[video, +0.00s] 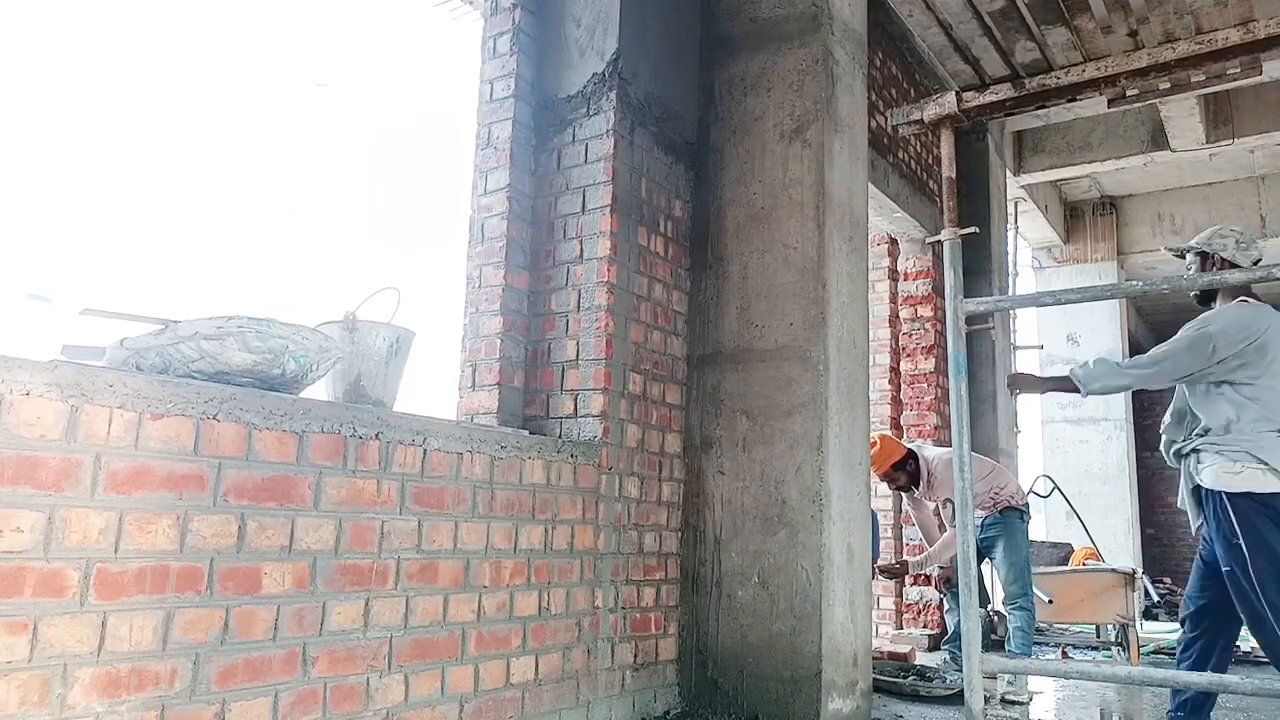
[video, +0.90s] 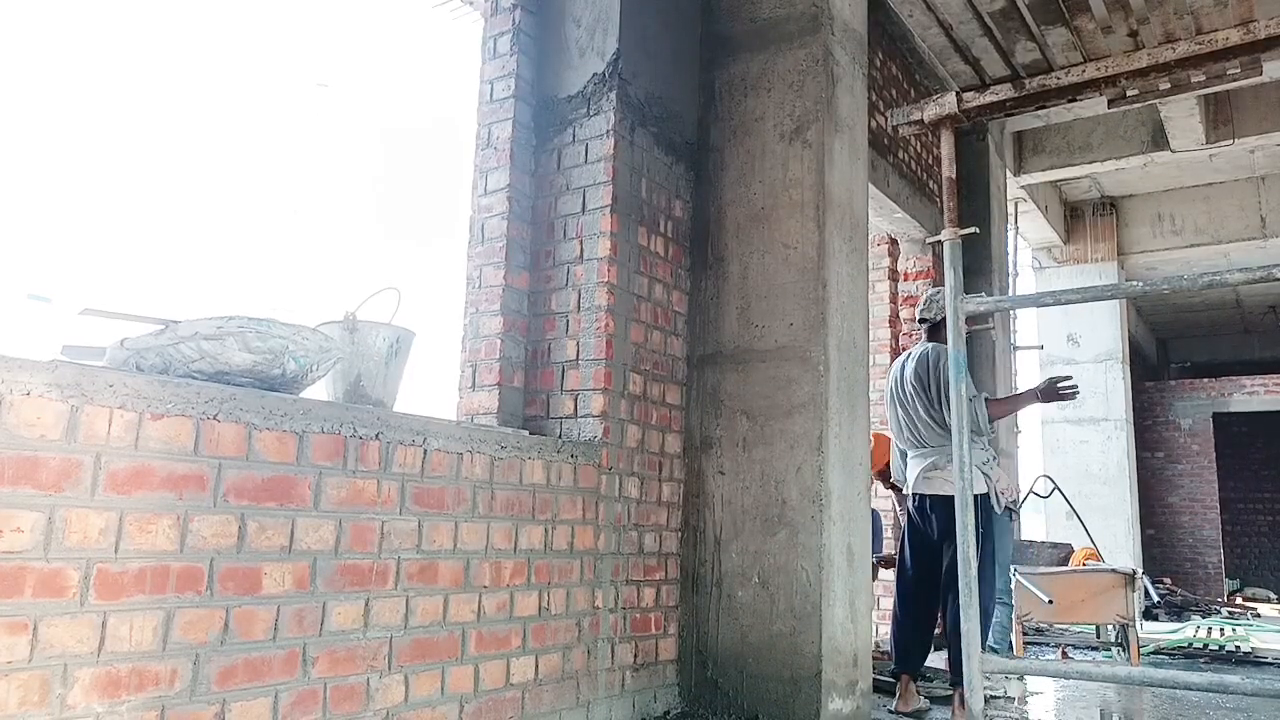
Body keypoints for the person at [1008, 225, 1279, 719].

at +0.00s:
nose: (1192, 273)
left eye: (1198, 265)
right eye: (1195, 265)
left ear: (1218, 266)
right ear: (1238, 268)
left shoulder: (1236, 321)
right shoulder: (1250, 322)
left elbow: (1147, 367)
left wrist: (1045, 383)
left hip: (1244, 490)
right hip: (1237, 493)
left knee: (1271, 625)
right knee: (1207, 623)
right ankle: (1186, 711)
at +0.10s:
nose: (991, 326)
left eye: (989, 318)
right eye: (990, 318)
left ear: (997, 314)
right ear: (1032, 309)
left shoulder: (1009, 347)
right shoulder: (1071, 351)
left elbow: (1021, 420)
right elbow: (1094, 429)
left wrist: (1011, 495)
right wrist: (1091, 493)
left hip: (1016, 497)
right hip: (1065, 501)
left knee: (992, 606)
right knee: (1080, 608)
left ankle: (989, 704)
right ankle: (1146, 701)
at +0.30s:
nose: (973, 328)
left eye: (971, 321)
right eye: (969, 322)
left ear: (927, 324)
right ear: (958, 325)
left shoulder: (898, 367)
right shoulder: (963, 360)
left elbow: (894, 435)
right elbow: (997, 427)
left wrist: (909, 475)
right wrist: (1044, 467)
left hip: (917, 498)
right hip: (968, 496)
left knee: (916, 591)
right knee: (984, 594)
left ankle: (907, 692)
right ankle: (986, 695)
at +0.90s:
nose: (970, 328)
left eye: (968, 320)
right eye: (964, 321)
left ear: (923, 324)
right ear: (949, 324)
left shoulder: (898, 368)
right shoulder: (945, 357)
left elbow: (899, 436)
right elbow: (978, 412)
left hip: (918, 493)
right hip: (958, 493)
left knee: (914, 590)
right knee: (964, 592)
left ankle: (906, 691)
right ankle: (962, 697)